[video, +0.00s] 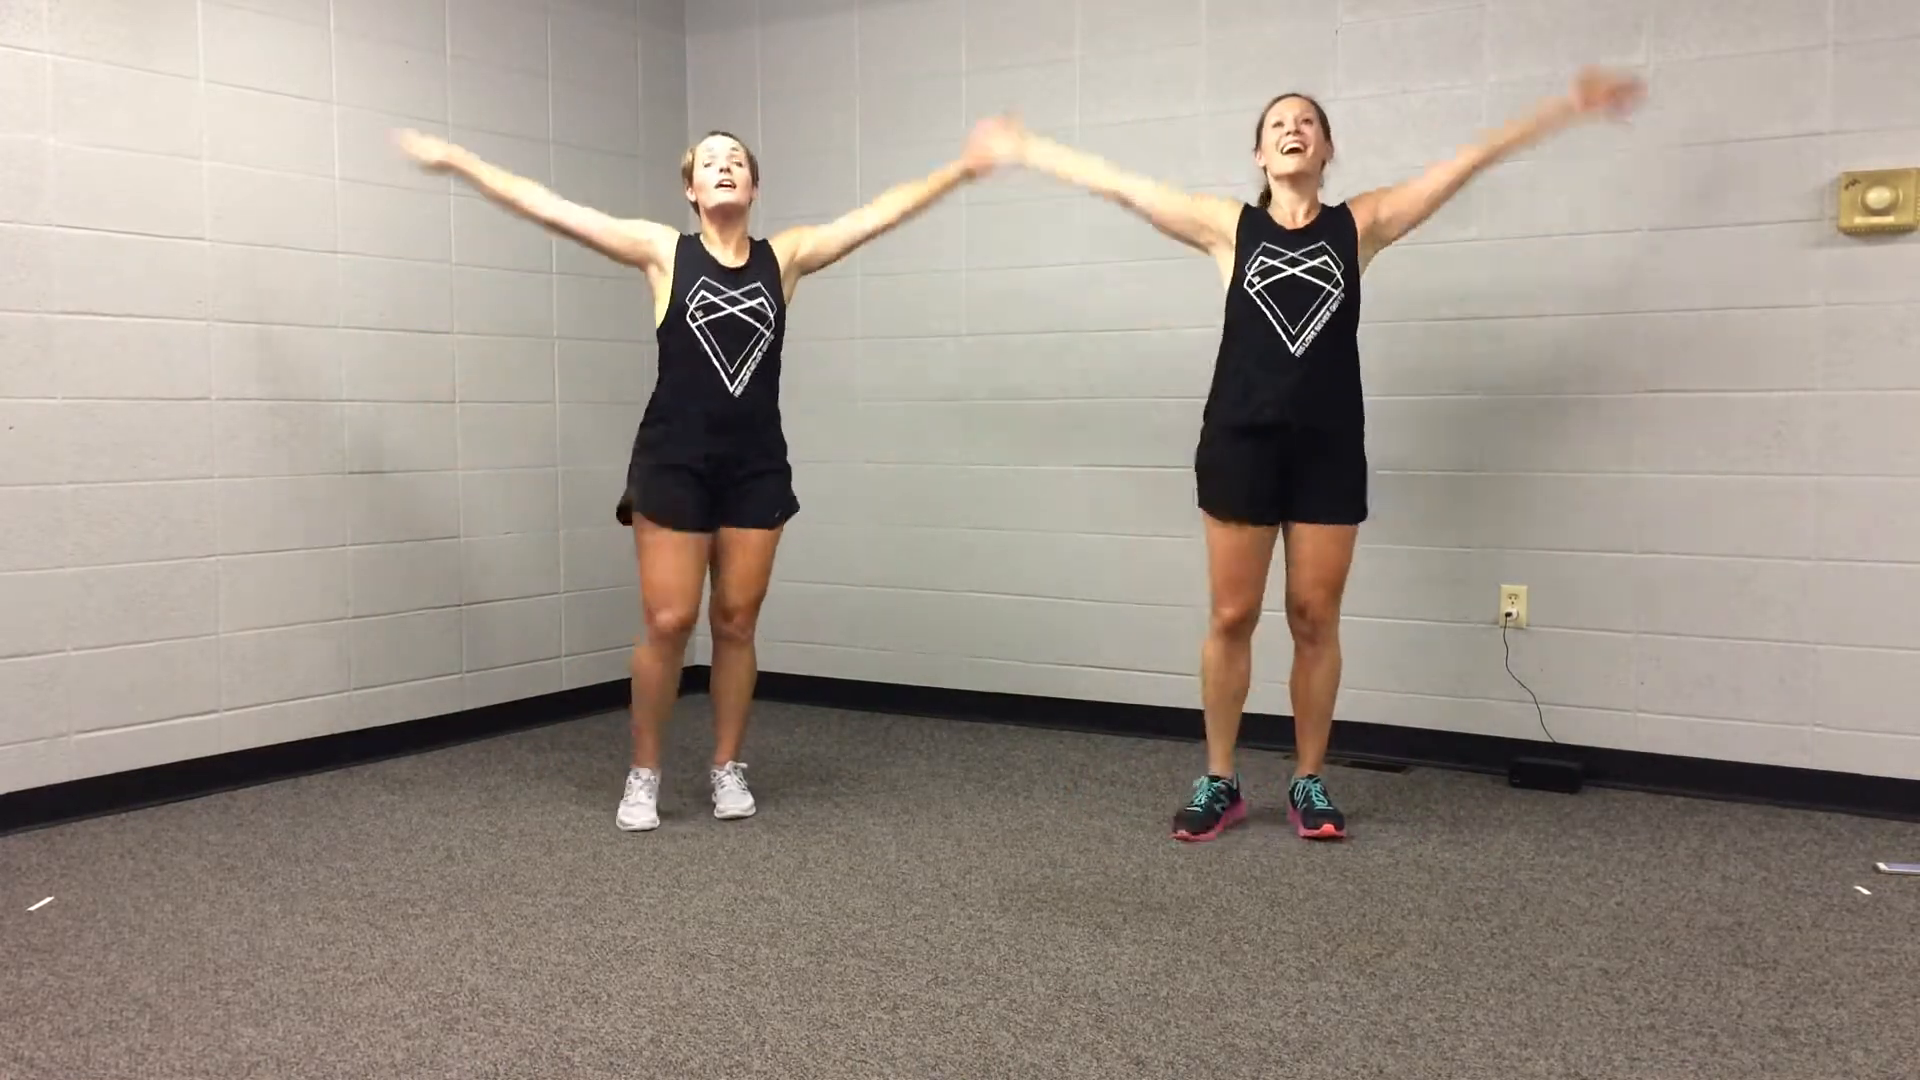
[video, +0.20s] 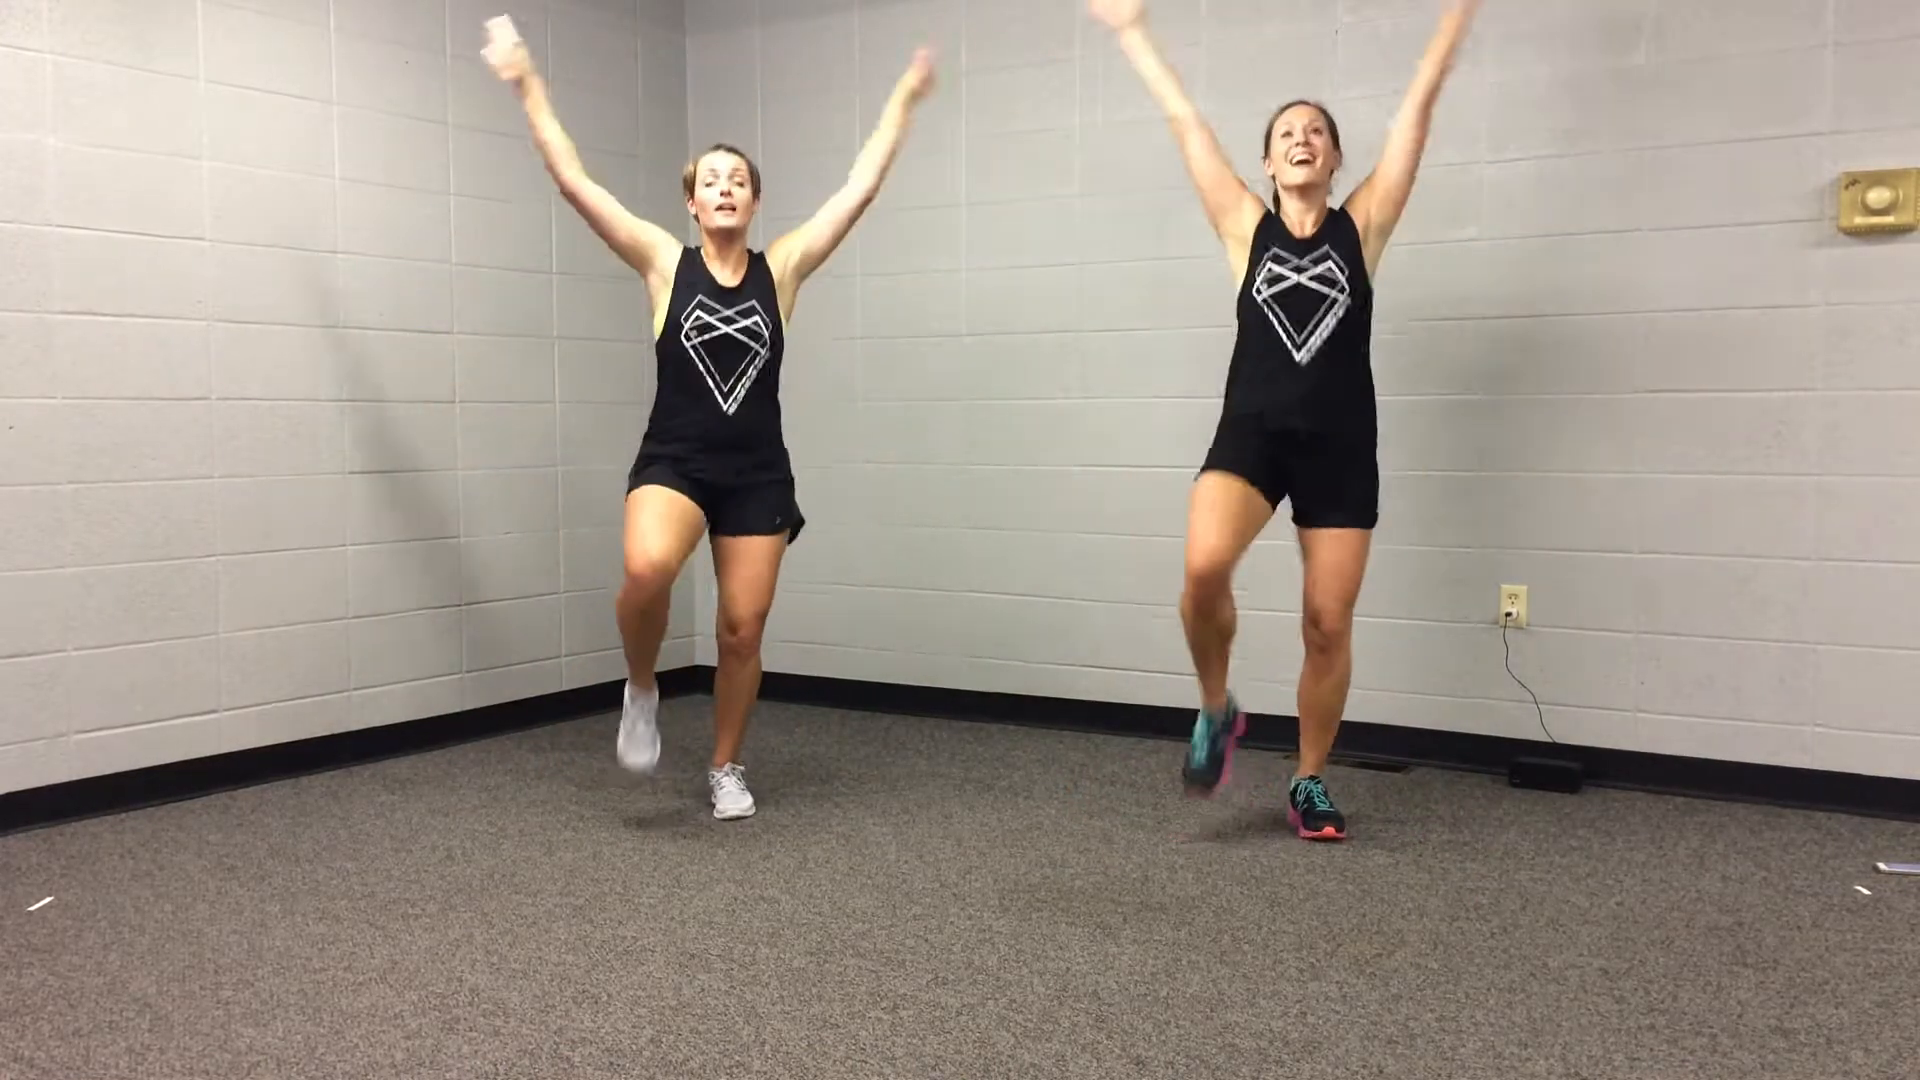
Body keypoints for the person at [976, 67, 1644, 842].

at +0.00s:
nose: (1294, 131)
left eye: (1308, 125)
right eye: (1280, 125)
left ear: (1329, 151)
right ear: (1258, 152)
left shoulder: (1358, 223)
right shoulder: (1228, 224)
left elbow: (1465, 164)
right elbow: (1119, 184)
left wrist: (1568, 107)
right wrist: (1021, 145)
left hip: (1329, 450)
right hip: (1239, 446)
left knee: (1314, 618)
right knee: (1230, 616)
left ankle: (1310, 781)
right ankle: (1219, 777)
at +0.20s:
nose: (1301, 141)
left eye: (1315, 134)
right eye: (1287, 136)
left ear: (1335, 159)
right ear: (1267, 161)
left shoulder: (1361, 225)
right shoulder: (1245, 223)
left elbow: (1415, 110)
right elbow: (1184, 122)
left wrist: (1460, 13)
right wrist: (1129, 29)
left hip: (1340, 446)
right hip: (1251, 439)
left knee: (1327, 624)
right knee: (1202, 571)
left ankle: (1310, 780)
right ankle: (1215, 712)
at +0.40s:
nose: (1305, 131)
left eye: (1318, 125)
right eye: (1290, 127)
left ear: (1340, 150)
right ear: (1272, 157)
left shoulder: (1368, 217)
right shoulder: (1249, 219)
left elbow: (1423, 92)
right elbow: (1199, 118)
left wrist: (1388, 4)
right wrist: (1231, 16)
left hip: (1341, 437)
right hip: (1253, 430)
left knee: (1325, 617)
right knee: (1246, 587)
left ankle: (1312, 778)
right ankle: (1251, 737)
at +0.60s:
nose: (1304, 137)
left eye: (1319, 130)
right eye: (1290, 133)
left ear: (1340, 157)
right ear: (1272, 160)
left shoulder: (1368, 230)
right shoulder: (1251, 232)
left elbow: (1434, 171)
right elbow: (1203, 189)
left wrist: (1363, 88)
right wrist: (1266, 92)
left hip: (1340, 444)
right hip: (1253, 436)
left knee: (1327, 619)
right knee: (1257, 598)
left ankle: (1311, 780)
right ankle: (1255, 765)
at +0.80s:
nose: (1300, 152)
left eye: (1314, 143)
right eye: (1286, 146)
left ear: (1336, 167)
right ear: (1267, 171)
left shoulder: (1371, 250)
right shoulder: (1244, 248)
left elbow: (1429, 335)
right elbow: (1193, 350)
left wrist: (1354, 262)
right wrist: (1265, 267)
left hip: (1333, 441)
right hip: (1248, 429)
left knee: (1325, 627)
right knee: (1241, 547)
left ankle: (1310, 781)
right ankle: (1229, 688)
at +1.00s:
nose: (1299, 162)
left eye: (1312, 149)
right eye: (1284, 149)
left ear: (1330, 159)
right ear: (1259, 158)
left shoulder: (1361, 246)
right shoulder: (1224, 242)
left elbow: (1414, 360)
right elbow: (1171, 346)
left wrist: (1361, 313)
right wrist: (1166, 327)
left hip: (1321, 453)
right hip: (1231, 449)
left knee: (1310, 618)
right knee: (1216, 618)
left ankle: (1309, 781)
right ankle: (1208, 784)